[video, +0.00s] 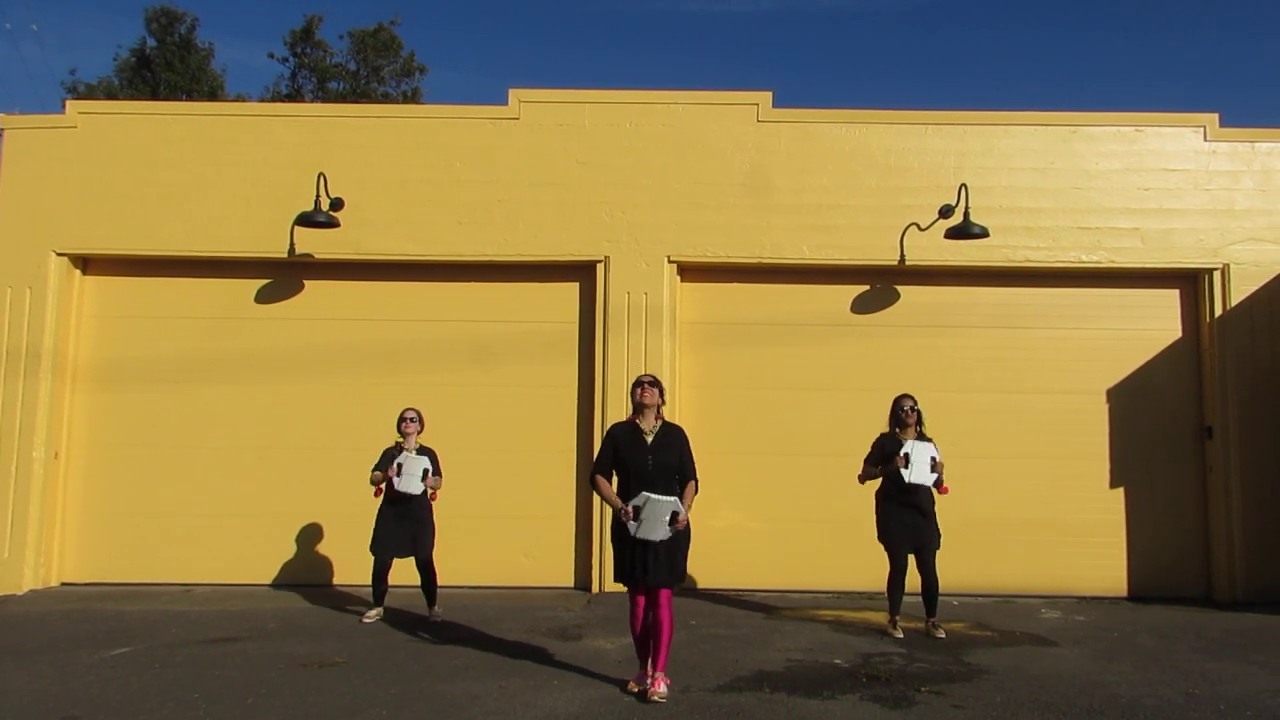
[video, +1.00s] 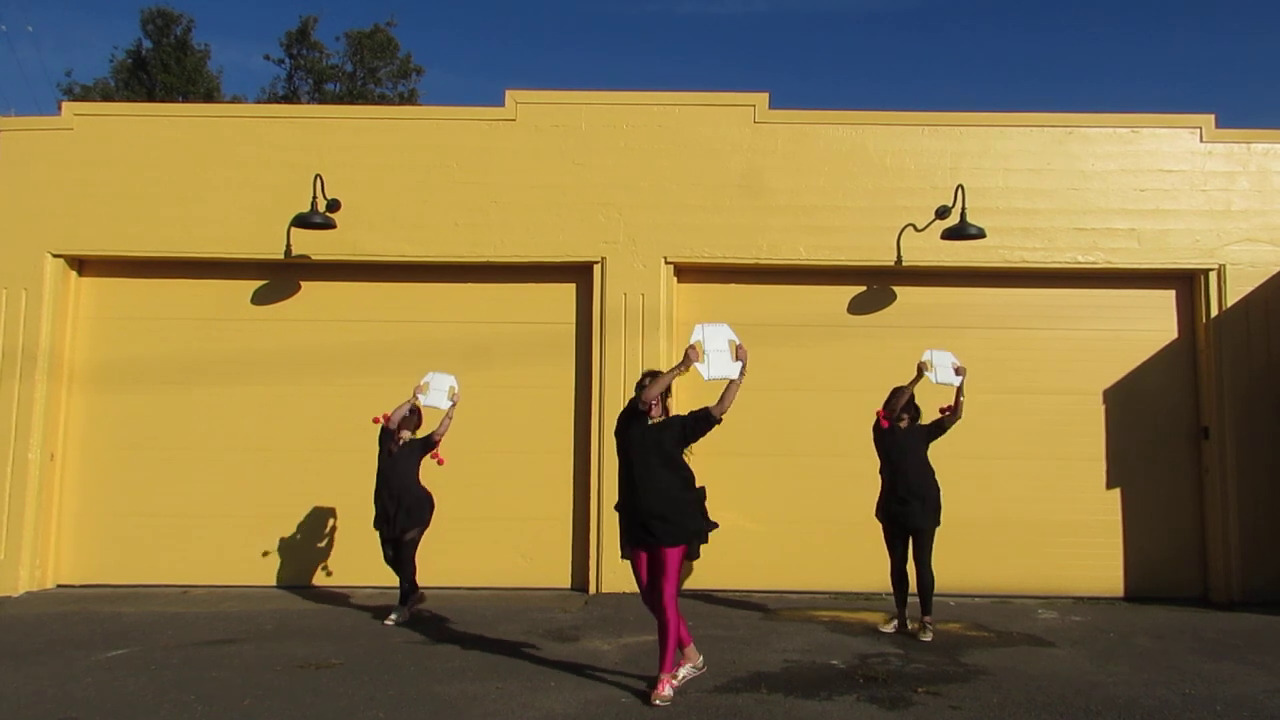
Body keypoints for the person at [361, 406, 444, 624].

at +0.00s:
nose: (407, 423)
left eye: (412, 420)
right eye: (403, 420)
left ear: (420, 425)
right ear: (399, 426)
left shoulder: (428, 454)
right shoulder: (391, 453)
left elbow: (438, 483)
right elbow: (374, 479)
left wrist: (430, 482)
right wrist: (387, 474)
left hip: (419, 516)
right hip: (391, 514)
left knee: (424, 561)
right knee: (382, 561)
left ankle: (432, 607)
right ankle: (378, 606)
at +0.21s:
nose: (407, 408)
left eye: (413, 405)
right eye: (403, 405)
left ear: (420, 413)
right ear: (397, 410)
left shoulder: (423, 439)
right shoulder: (388, 433)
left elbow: (442, 449)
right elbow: (391, 426)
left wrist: (458, 433)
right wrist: (422, 418)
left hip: (419, 501)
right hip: (393, 500)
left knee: (417, 553)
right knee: (388, 551)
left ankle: (418, 603)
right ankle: (382, 598)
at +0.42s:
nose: (414, 408)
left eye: (419, 406)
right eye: (411, 406)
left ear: (424, 414)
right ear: (404, 412)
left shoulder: (429, 438)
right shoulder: (394, 435)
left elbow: (442, 420)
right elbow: (391, 412)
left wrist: (443, 389)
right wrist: (403, 385)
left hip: (421, 502)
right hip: (394, 501)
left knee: (418, 555)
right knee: (392, 552)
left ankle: (416, 604)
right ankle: (400, 596)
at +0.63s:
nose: (414, 424)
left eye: (417, 420)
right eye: (411, 420)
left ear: (424, 423)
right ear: (406, 423)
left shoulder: (431, 445)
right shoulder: (399, 445)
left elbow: (425, 420)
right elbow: (379, 424)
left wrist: (411, 388)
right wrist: (374, 395)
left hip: (421, 506)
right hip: (395, 504)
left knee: (408, 559)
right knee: (400, 560)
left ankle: (400, 607)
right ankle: (408, 604)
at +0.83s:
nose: (409, 416)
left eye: (414, 413)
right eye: (407, 411)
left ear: (419, 419)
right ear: (400, 414)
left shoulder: (422, 440)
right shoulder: (389, 434)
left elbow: (438, 422)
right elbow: (390, 411)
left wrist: (445, 393)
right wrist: (406, 386)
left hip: (418, 501)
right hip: (391, 500)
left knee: (405, 552)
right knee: (400, 553)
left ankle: (397, 604)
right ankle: (407, 598)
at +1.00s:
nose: (405, 428)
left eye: (409, 424)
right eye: (403, 422)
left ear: (415, 427)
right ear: (398, 424)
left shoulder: (417, 446)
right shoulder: (386, 442)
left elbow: (439, 433)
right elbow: (392, 420)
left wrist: (451, 407)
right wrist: (411, 400)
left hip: (414, 505)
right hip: (388, 506)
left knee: (405, 555)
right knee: (390, 556)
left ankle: (403, 606)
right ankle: (414, 591)